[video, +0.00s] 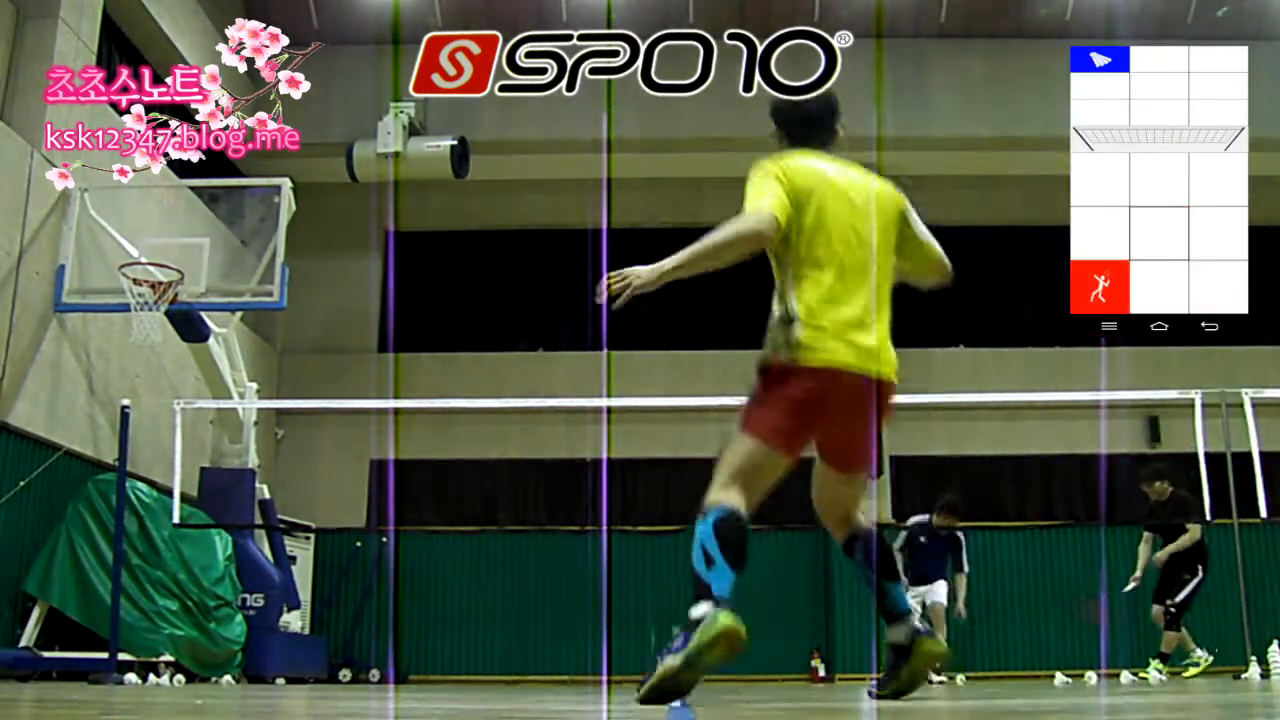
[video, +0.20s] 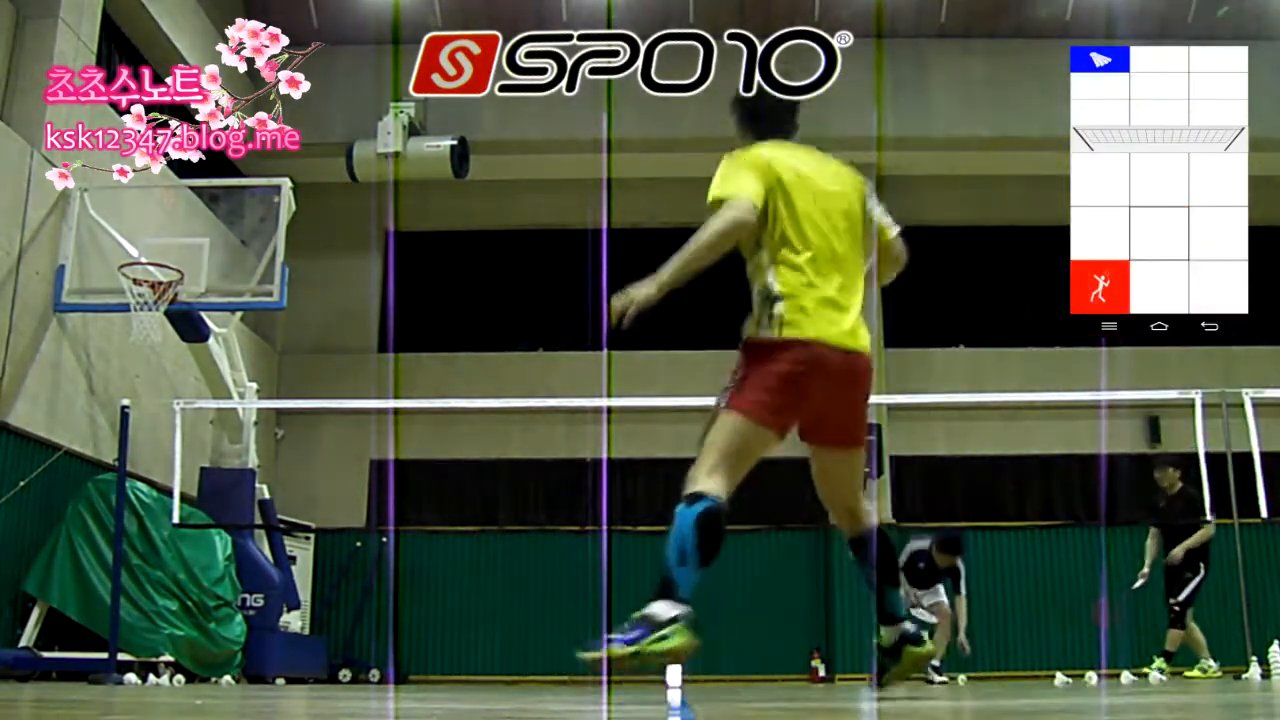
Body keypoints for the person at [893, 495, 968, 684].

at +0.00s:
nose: (950, 526)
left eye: (953, 522)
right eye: (948, 521)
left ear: (956, 521)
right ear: (939, 515)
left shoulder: (955, 536)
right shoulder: (915, 525)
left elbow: (960, 571)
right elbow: (896, 550)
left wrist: (960, 601)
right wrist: (900, 577)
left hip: (936, 583)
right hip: (912, 584)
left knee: (938, 614)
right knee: (909, 626)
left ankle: (936, 667)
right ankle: (909, 667)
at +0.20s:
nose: (950, 563)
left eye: (953, 559)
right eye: (947, 558)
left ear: (956, 556)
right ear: (937, 551)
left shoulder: (956, 566)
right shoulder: (914, 550)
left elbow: (960, 597)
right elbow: (897, 571)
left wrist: (962, 632)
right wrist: (910, 594)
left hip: (933, 588)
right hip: (907, 586)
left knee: (945, 615)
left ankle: (935, 665)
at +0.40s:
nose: (950, 595)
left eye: (953, 593)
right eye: (948, 591)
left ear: (955, 589)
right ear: (939, 583)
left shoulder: (955, 591)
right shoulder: (916, 574)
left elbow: (958, 622)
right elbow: (892, 584)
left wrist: (963, 658)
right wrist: (905, 606)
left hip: (927, 603)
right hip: (905, 603)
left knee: (949, 622)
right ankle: (896, 668)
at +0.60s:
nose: (957, 584)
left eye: (959, 581)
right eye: (956, 580)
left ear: (960, 578)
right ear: (946, 572)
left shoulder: (958, 580)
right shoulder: (923, 563)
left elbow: (960, 613)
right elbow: (894, 578)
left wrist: (963, 650)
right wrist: (906, 601)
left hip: (919, 587)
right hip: (893, 580)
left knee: (940, 615)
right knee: (896, 611)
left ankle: (930, 668)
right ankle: (895, 666)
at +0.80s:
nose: (971, 538)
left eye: (973, 534)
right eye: (969, 533)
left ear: (966, 532)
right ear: (960, 529)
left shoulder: (960, 543)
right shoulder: (935, 536)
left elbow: (963, 573)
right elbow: (906, 565)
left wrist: (986, 596)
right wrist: (914, 597)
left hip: (919, 573)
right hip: (894, 568)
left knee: (943, 611)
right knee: (901, 612)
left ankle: (934, 663)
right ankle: (895, 666)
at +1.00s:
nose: (983, 506)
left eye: (985, 502)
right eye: (981, 501)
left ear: (983, 502)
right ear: (971, 498)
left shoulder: (968, 520)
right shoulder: (948, 512)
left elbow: (979, 547)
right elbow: (921, 543)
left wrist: (1020, 552)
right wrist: (932, 575)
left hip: (933, 571)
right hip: (913, 566)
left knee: (952, 615)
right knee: (914, 610)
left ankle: (944, 668)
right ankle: (898, 665)